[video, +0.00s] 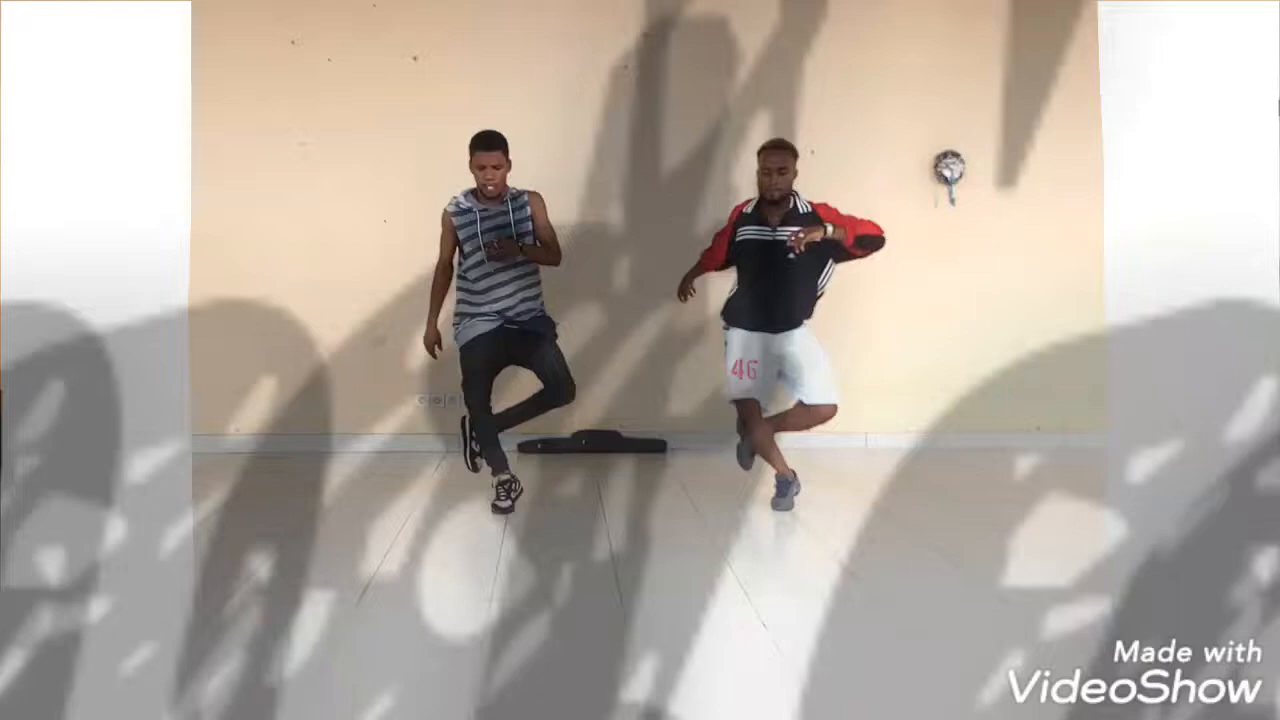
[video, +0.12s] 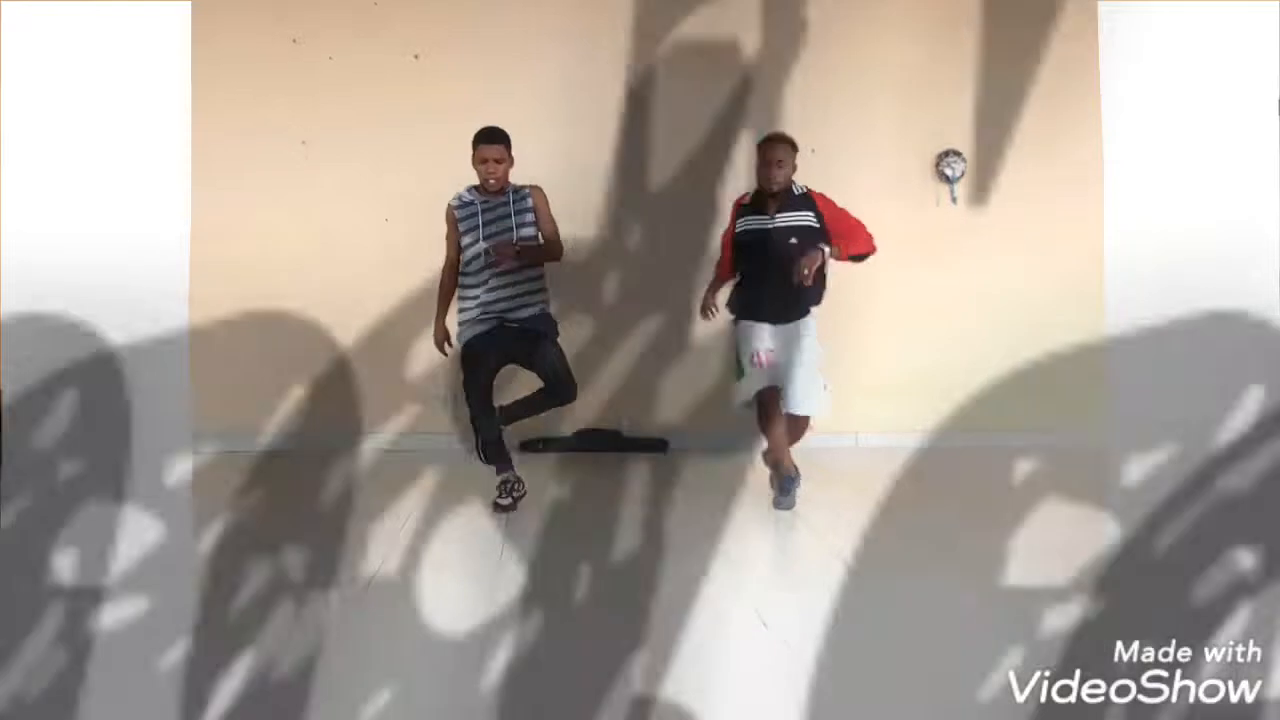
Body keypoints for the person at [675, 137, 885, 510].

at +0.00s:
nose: (772, 179)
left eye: (781, 171)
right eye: (765, 171)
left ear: (795, 174)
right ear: (757, 174)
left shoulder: (817, 217)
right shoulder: (742, 217)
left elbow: (875, 238)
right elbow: (719, 253)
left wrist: (827, 232)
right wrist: (692, 274)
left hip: (793, 330)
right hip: (745, 329)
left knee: (822, 407)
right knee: (749, 414)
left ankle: (756, 430)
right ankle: (785, 476)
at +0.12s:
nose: (773, 170)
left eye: (781, 163)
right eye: (767, 163)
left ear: (794, 166)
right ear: (757, 165)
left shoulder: (815, 205)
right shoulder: (743, 209)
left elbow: (864, 243)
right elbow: (730, 258)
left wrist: (825, 251)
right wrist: (714, 287)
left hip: (798, 318)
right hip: (753, 316)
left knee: (799, 419)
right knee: (769, 397)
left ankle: (774, 453)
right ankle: (784, 474)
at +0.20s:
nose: (770, 173)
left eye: (777, 166)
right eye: (763, 166)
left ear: (791, 167)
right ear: (753, 167)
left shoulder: (808, 211)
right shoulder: (739, 210)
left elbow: (832, 262)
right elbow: (729, 265)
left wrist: (817, 304)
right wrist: (726, 311)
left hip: (792, 315)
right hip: (746, 314)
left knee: (791, 397)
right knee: (748, 394)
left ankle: (782, 479)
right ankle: (757, 471)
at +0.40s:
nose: (770, 175)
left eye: (778, 168)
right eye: (763, 168)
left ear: (792, 171)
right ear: (754, 171)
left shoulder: (815, 220)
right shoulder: (738, 217)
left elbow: (845, 271)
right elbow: (729, 266)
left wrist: (821, 300)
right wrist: (716, 306)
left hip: (796, 325)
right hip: (750, 323)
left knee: (797, 396)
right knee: (748, 400)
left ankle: (786, 462)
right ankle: (737, 491)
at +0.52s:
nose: (773, 162)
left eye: (782, 155)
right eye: (768, 153)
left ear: (797, 156)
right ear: (759, 152)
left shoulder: (818, 198)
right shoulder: (741, 189)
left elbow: (839, 245)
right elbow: (721, 230)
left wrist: (829, 268)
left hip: (791, 308)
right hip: (745, 306)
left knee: (811, 399)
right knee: (747, 390)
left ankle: (786, 445)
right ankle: (742, 466)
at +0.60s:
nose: (775, 164)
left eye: (784, 157)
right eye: (770, 155)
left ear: (801, 159)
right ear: (762, 156)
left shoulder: (819, 204)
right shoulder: (740, 190)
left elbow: (828, 250)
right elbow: (710, 241)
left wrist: (825, 291)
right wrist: (719, 211)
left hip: (790, 306)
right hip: (743, 306)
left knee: (821, 371)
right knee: (750, 397)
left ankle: (787, 440)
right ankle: (742, 473)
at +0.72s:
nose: (772, 181)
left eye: (782, 175)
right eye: (767, 173)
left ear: (800, 180)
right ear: (761, 176)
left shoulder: (815, 230)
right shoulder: (739, 214)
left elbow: (821, 288)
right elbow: (714, 271)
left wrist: (812, 299)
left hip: (788, 330)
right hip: (741, 330)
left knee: (803, 409)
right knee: (751, 412)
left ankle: (793, 492)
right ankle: (748, 485)